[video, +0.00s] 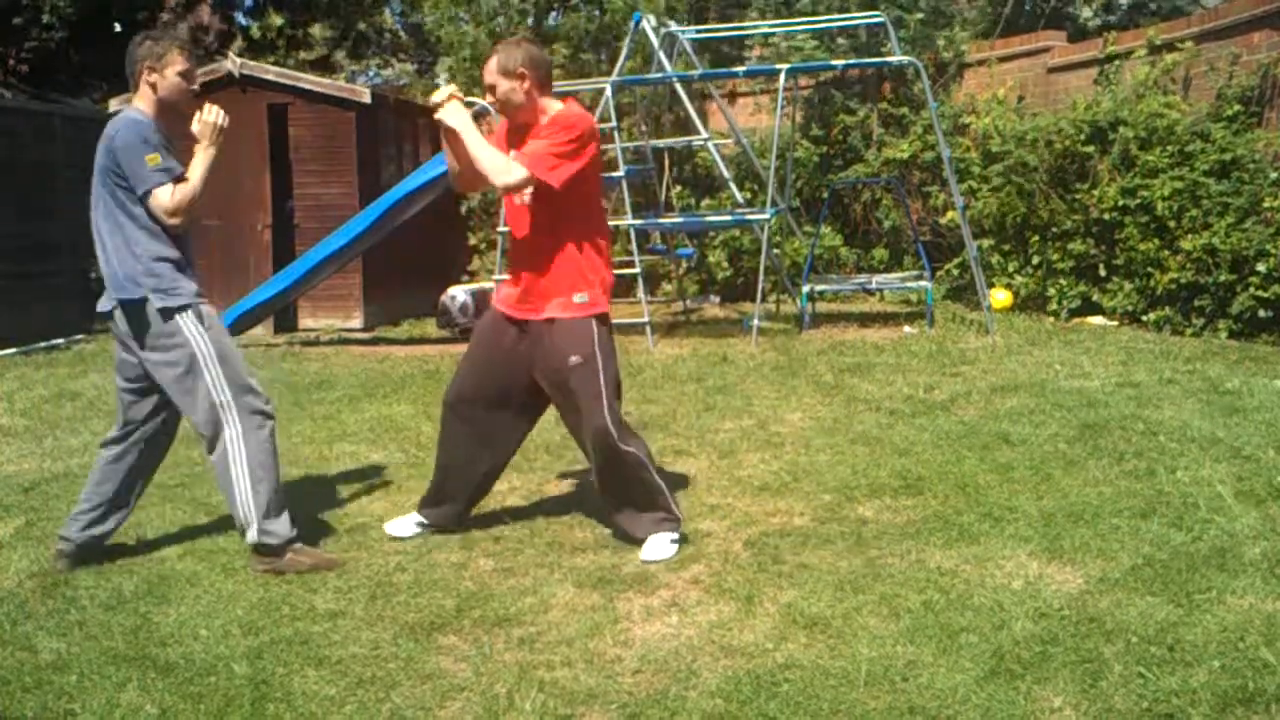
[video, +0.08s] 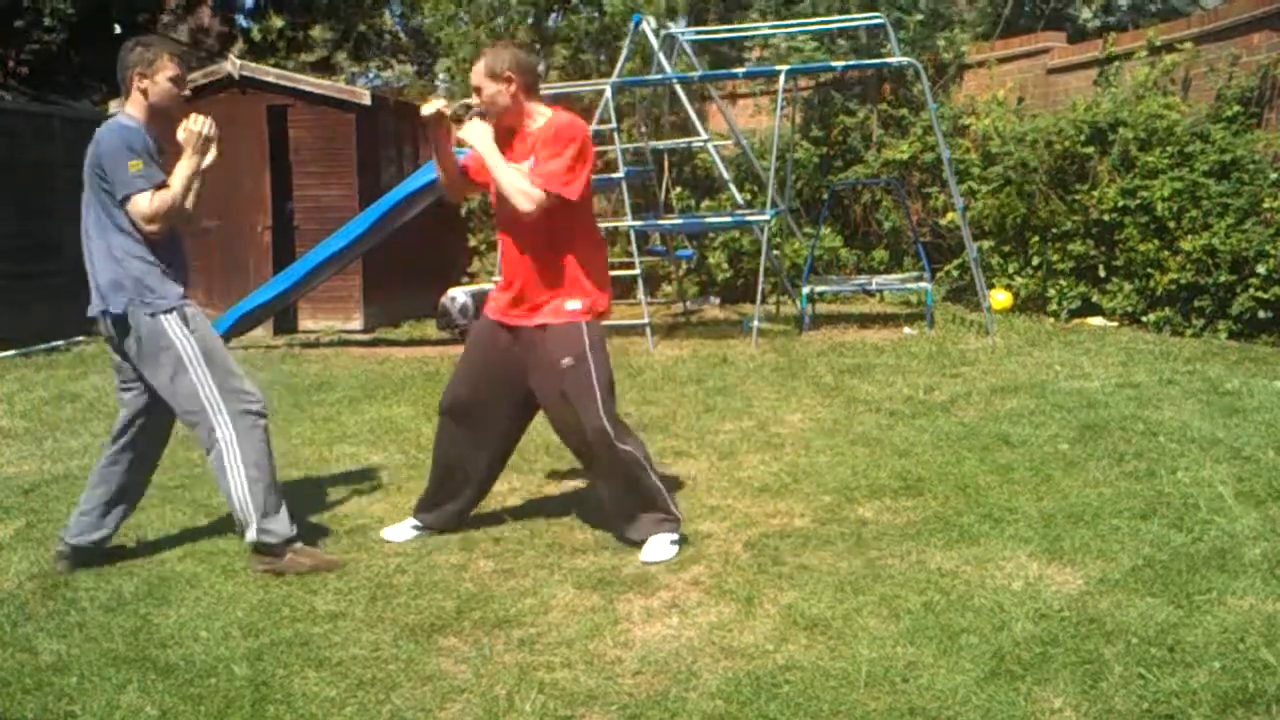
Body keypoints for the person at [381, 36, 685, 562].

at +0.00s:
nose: (490, 98)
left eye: (494, 88)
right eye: (487, 89)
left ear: (526, 82)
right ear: (516, 84)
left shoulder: (573, 123)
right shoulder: (511, 126)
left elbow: (508, 177)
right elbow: (469, 183)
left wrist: (460, 122)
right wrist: (451, 134)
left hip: (573, 297)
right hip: (517, 295)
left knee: (599, 424)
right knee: (468, 400)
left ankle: (659, 522)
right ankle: (442, 511)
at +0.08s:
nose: (475, 101)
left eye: (480, 92)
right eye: (474, 93)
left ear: (511, 86)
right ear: (503, 87)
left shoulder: (566, 131)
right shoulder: (500, 136)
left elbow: (529, 200)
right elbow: (458, 189)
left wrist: (484, 145)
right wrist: (439, 139)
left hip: (567, 304)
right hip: (510, 301)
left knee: (593, 428)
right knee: (464, 408)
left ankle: (658, 523)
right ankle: (439, 514)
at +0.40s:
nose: (407, 85)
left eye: (412, 75)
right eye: (405, 78)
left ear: (444, 68)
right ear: (435, 71)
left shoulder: (499, 111)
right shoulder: (424, 118)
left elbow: (479, 180)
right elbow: (370, 150)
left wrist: (438, 133)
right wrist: (319, 143)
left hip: (495, 283)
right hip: (444, 284)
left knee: (507, 401)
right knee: (422, 398)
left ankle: (568, 517)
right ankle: (434, 511)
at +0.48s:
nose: (404, 87)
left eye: (407, 76)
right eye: (402, 78)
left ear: (435, 68)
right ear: (429, 72)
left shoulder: (486, 109)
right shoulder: (429, 124)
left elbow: (453, 174)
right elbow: (405, 188)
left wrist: (421, 123)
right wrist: (365, 169)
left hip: (486, 287)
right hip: (442, 289)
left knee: (503, 409)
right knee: (410, 393)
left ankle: (568, 518)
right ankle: (432, 510)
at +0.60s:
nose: (394, 104)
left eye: (396, 94)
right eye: (393, 95)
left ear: (415, 86)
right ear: (437, 87)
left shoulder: (442, 121)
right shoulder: (466, 128)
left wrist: (353, 117)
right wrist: (377, 125)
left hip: (470, 299)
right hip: (440, 302)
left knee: (501, 416)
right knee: (383, 397)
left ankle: (569, 518)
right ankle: (383, 504)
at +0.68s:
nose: (385, 105)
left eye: (387, 97)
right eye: (385, 99)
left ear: (403, 91)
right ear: (433, 93)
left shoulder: (416, 117)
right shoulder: (468, 137)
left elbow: (318, 126)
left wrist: (285, 109)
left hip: (449, 300)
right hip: (438, 301)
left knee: (493, 415)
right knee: (386, 400)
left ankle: (569, 519)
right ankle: (363, 511)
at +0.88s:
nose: (341, 89)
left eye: (349, 80)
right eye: (343, 80)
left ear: (378, 84)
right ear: (380, 85)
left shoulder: (387, 122)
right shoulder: (404, 124)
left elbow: (376, 209)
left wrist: (330, 244)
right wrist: (358, 140)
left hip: (421, 291)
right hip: (389, 296)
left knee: (455, 401)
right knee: (354, 398)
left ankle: (543, 507)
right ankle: (362, 514)